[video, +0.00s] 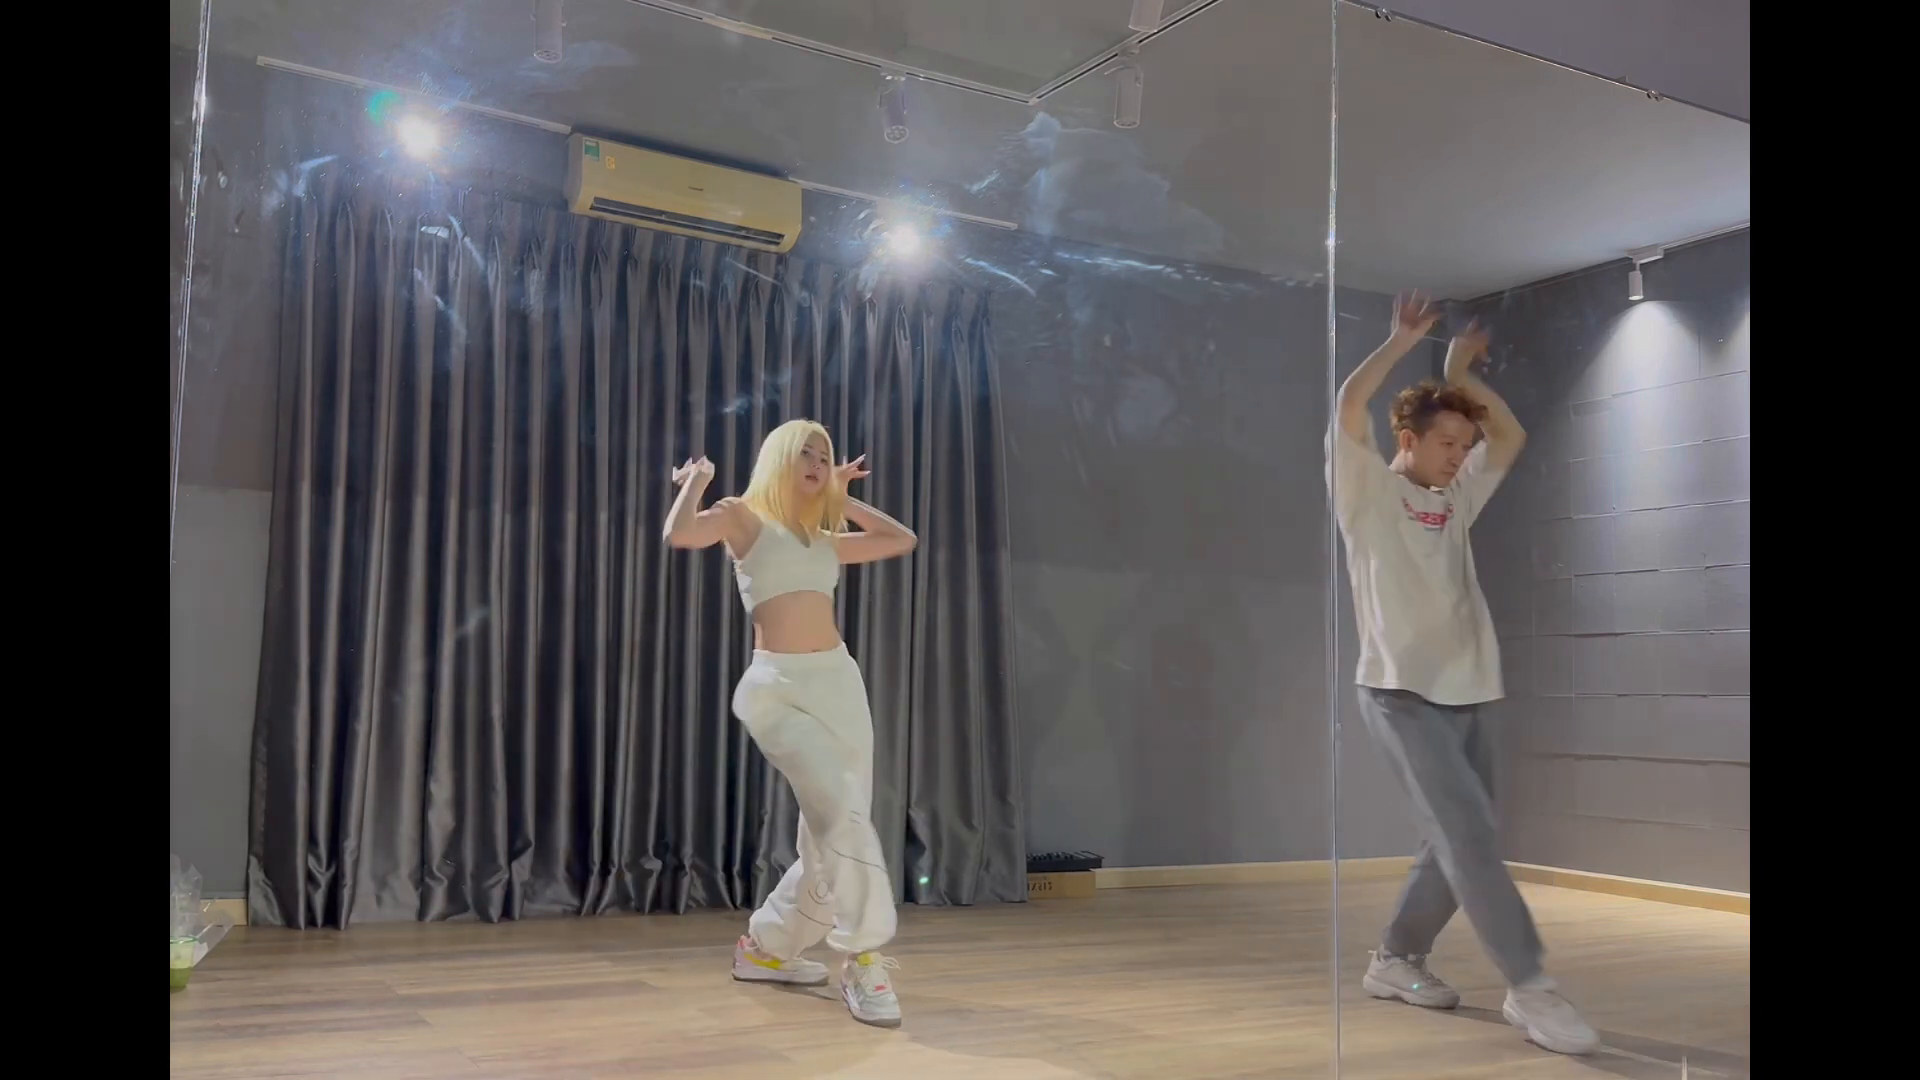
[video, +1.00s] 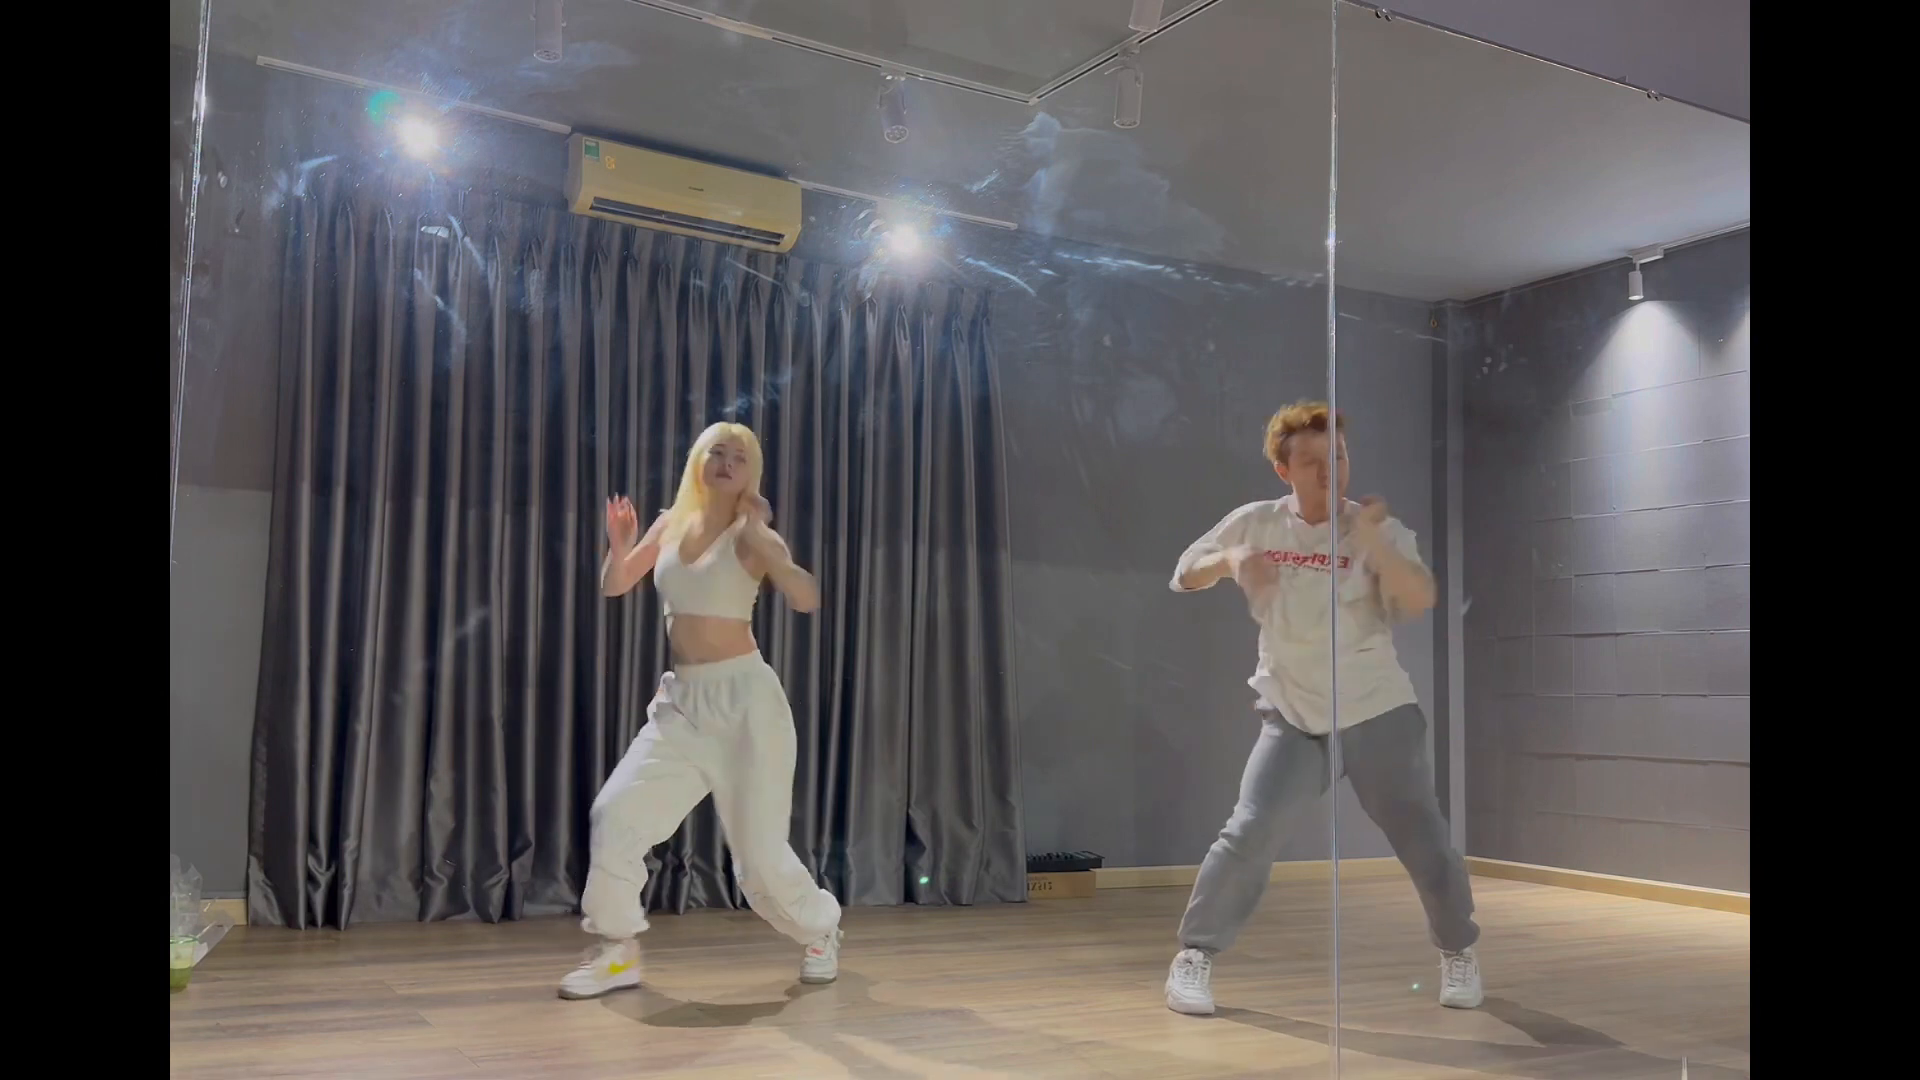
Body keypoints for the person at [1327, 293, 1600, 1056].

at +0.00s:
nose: (1459, 458)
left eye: (1466, 446)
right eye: (1449, 443)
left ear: (1466, 449)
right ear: (1409, 438)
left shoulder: (1458, 497)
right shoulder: (1367, 491)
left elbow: (1508, 438)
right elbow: (1349, 404)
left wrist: (1466, 374)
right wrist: (1400, 342)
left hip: (1469, 692)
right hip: (1402, 692)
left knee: (1465, 830)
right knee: (1468, 829)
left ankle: (1397, 961)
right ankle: (1529, 988)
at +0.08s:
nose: (1446, 453)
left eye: (1452, 443)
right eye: (1436, 439)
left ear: (1456, 449)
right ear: (1397, 436)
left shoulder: (1450, 508)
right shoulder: (1353, 500)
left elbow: (1524, 482)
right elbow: (1329, 455)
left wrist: (1468, 429)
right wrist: (1366, 400)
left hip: (1446, 697)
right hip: (1374, 695)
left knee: (1442, 827)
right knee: (1432, 806)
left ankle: (1394, 963)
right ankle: (1470, 951)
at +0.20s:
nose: (1421, 462)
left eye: (1431, 456)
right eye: (1412, 445)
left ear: (1432, 466)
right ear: (1374, 438)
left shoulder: (1425, 529)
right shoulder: (1319, 491)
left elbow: (1488, 559)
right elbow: (1321, 559)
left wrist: (1476, 494)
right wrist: (1380, 499)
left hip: (1425, 698)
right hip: (1353, 689)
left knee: (1442, 832)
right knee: (1382, 790)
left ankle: (1397, 962)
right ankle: (1330, 920)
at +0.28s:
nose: (1396, 485)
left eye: (1407, 476)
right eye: (1392, 467)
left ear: (1411, 476)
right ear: (1358, 448)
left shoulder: (1400, 527)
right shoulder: (1301, 505)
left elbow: (1436, 577)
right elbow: (1316, 599)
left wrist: (1463, 485)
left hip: (1407, 704)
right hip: (1338, 703)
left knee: (1442, 830)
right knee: (1330, 822)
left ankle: (1396, 964)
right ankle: (1238, 927)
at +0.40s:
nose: (1362, 484)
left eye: (1366, 471)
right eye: (1344, 475)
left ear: (1373, 473)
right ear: (1309, 489)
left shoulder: (1386, 536)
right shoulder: (1287, 543)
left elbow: (1448, 525)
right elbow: (1243, 630)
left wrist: (1405, 453)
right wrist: (1293, 688)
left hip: (1363, 736)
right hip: (1292, 728)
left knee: (1435, 832)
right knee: (1260, 847)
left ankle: (1393, 963)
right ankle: (1179, 960)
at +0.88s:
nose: (1342, 464)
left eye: (1351, 456)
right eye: (1328, 453)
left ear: (1359, 472)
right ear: (1294, 464)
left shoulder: (1364, 548)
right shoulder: (1243, 533)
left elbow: (1455, 553)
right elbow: (1210, 607)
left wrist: (1402, 494)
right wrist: (1237, 661)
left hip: (1379, 713)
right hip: (1292, 725)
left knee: (1452, 836)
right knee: (1246, 832)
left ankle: (1426, 951)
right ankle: (1193, 958)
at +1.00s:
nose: (1326, 471)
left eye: (1335, 459)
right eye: (1311, 460)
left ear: (1347, 462)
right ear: (1284, 467)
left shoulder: (1378, 529)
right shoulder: (1255, 525)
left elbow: (1419, 602)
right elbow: (1187, 576)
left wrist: (1374, 538)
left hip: (1378, 708)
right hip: (1294, 712)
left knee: (1422, 837)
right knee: (1249, 829)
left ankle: (1458, 951)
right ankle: (1194, 957)